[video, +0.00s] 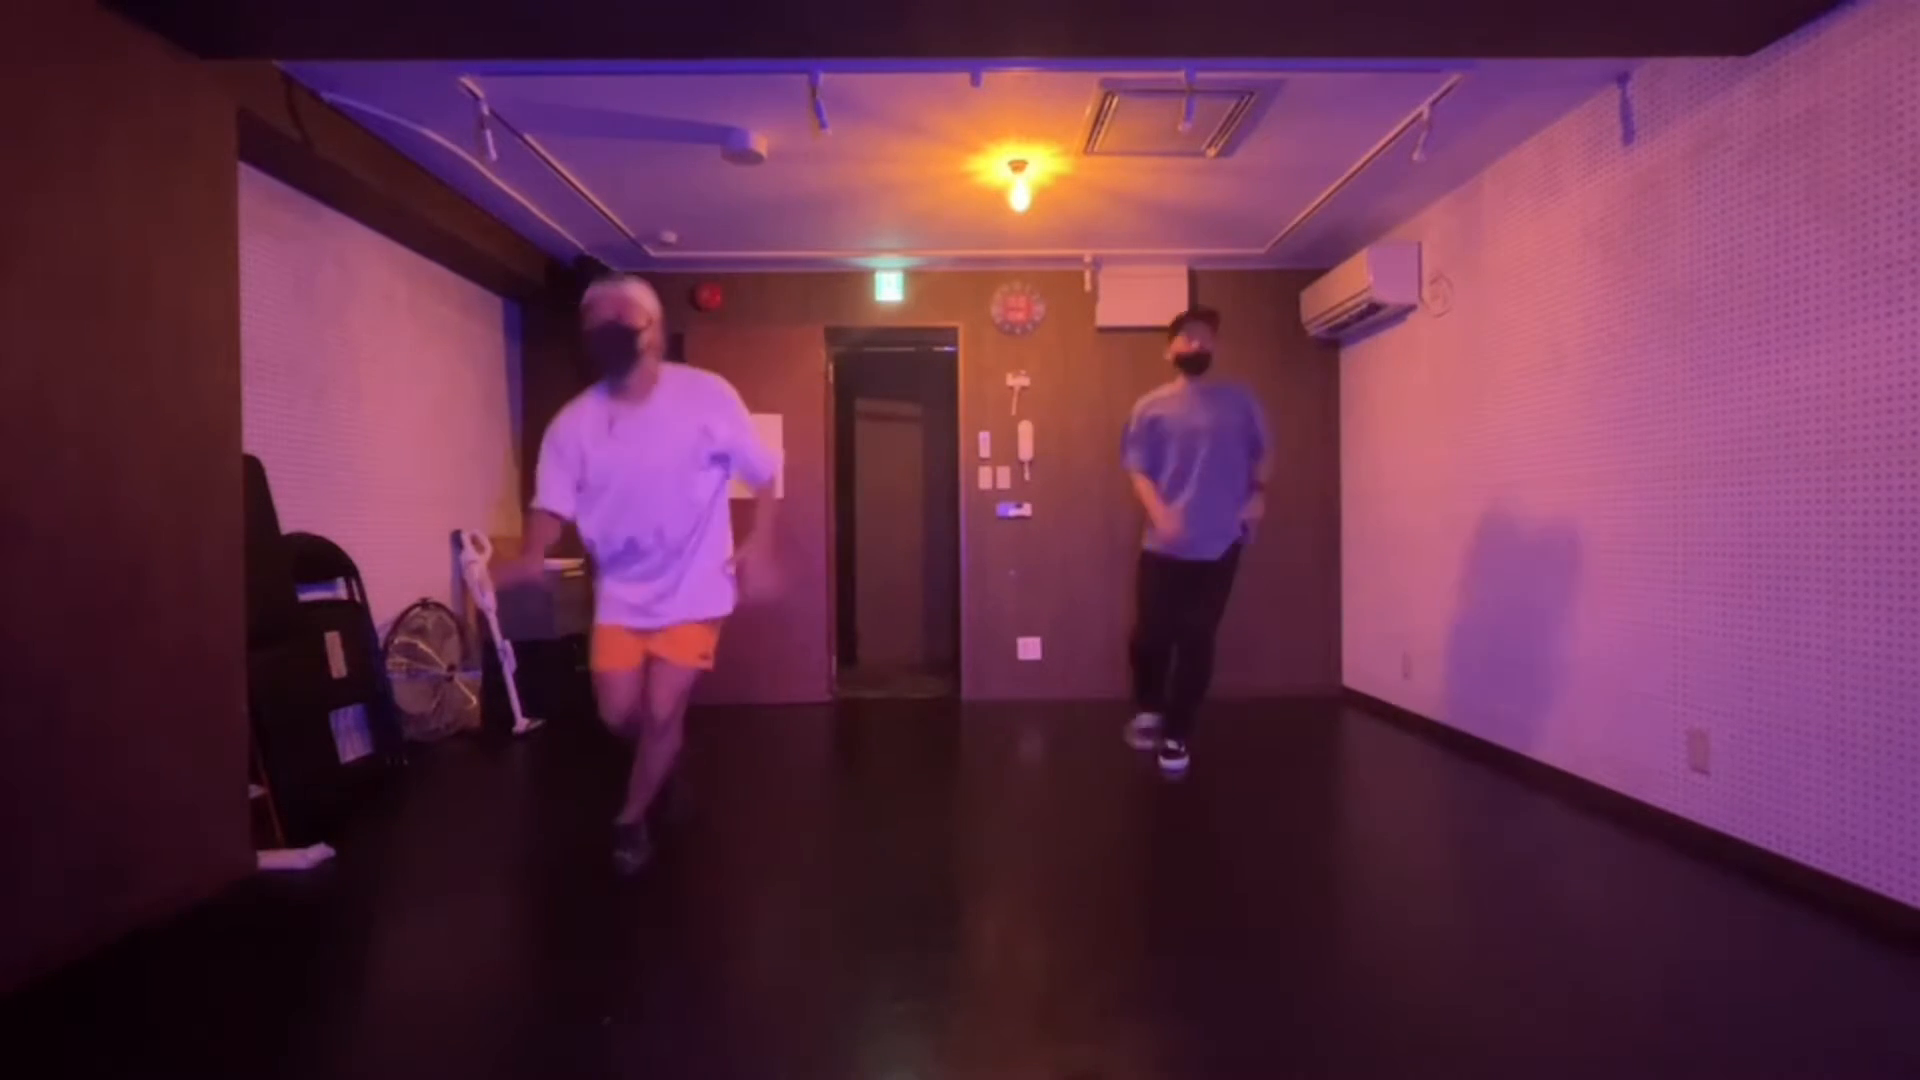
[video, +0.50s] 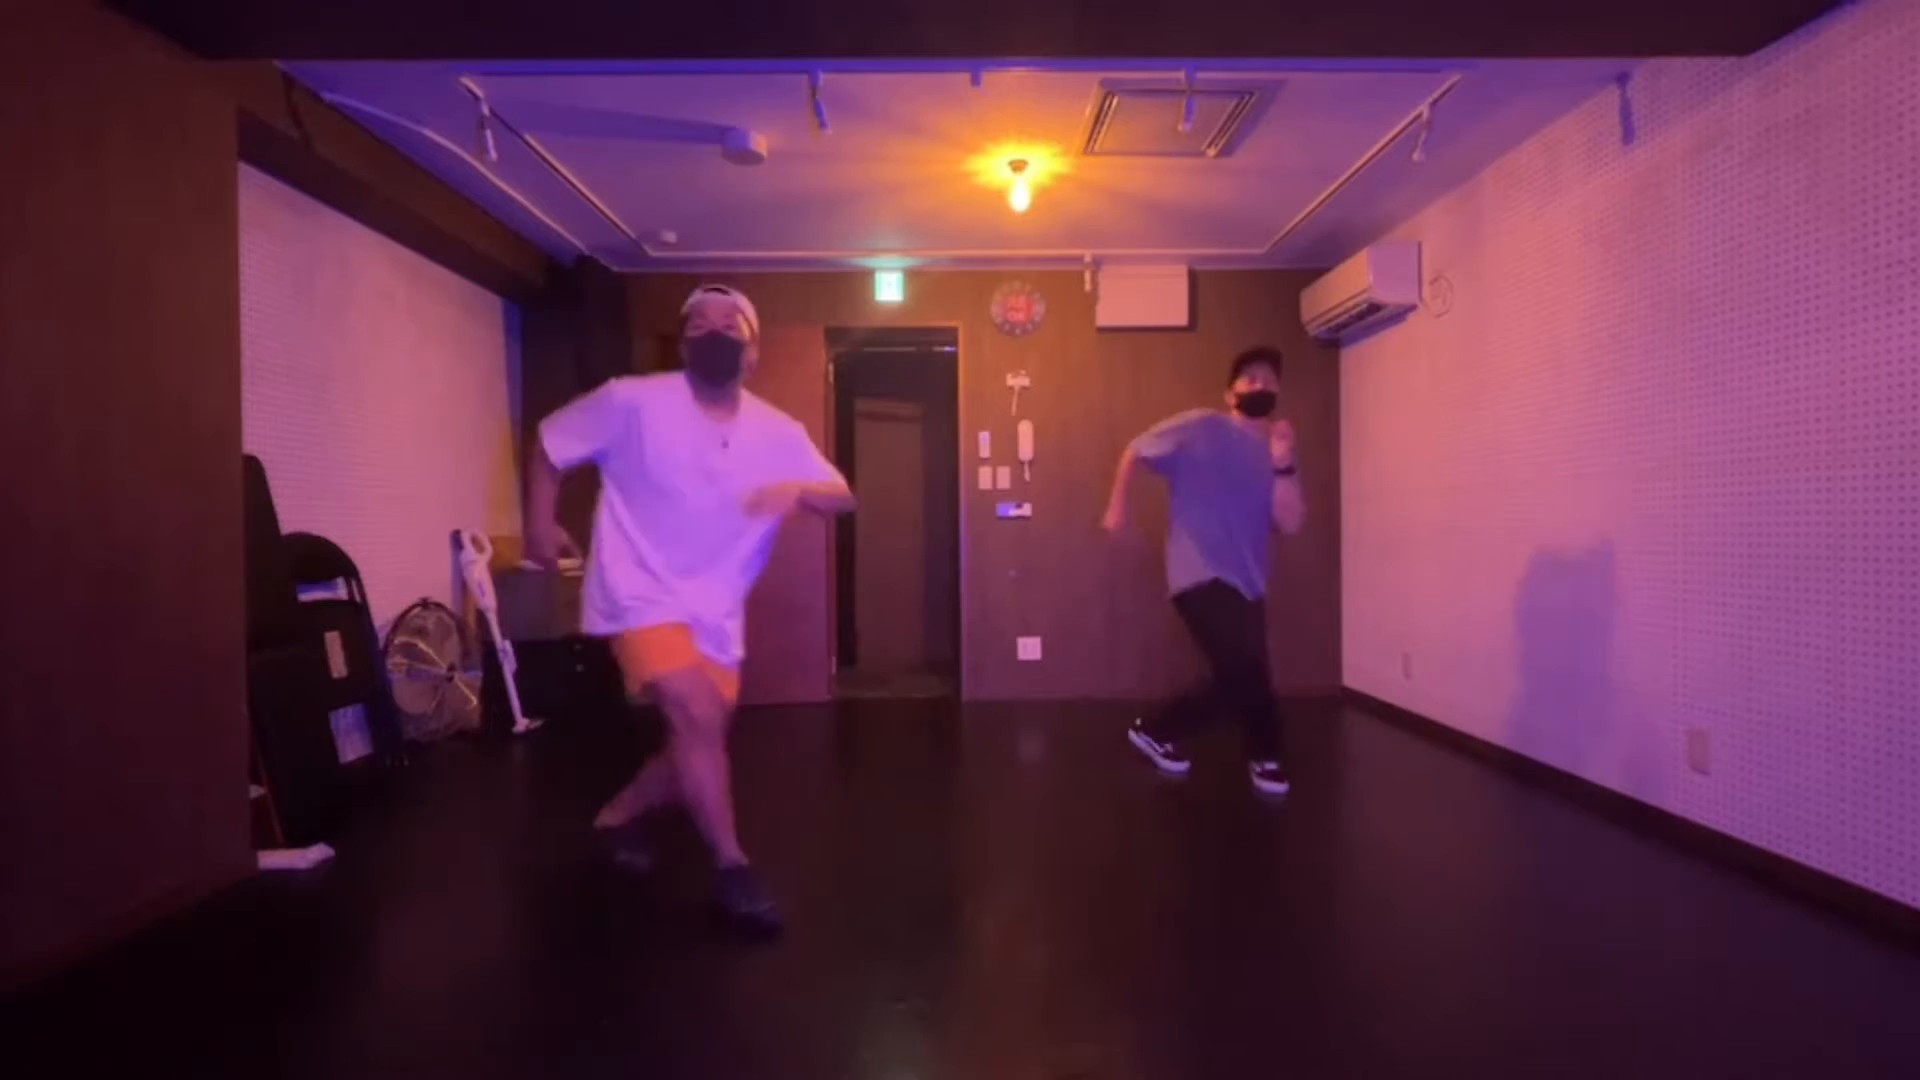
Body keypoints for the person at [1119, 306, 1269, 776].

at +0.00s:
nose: (1194, 344)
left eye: (1203, 336)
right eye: (1185, 336)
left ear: (1215, 346)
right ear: (1170, 347)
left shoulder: (1239, 402)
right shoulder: (1150, 406)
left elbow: (1262, 453)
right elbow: (1137, 467)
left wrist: (1256, 496)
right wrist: (1159, 513)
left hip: (1218, 549)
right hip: (1164, 548)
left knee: (1197, 642)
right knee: (1151, 635)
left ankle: (1178, 734)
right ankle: (1148, 708)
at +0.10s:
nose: (1213, 339)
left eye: (1222, 331)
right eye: (1204, 330)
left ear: (1232, 342)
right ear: (1185, 341)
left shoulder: (1246, 404)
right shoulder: (1162, 400)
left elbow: (1256, 469)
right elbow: (1140, 472)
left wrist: (1246, 514)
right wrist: (1134, 531)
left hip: (1218, 546)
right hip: (1165, 542)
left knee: (1196, 645)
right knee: (1153, 638)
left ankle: (1177, 736)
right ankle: (1141, 731)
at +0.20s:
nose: (1224, 339)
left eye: (1234, 333)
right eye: (1215, 330)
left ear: (1243, 346)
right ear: (1198, 340)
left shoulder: (1253, 408)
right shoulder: (1170, 396)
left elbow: (1258, 473)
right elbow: (1136, 461)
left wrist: (1246, 503)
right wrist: (1125, 516)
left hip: (1222, 542)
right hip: (1170, 535)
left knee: (1200, 643)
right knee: (1176, 638)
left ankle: (1181, 739)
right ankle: (1169, 742)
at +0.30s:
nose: (1242, 351)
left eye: (1250, 344)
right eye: (1233, 341)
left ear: (1260, 356)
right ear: (1214, 350)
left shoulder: (1260, 416)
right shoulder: (1178, 399)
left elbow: (1273, 486)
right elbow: (1130, 441)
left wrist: (1258, 463)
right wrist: (1115, 500)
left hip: (1229, 543)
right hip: (1180, 538)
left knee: (1212, 645)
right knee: (1217, 643)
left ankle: (1163, 732)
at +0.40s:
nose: (1250, 371)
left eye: (1259, 364)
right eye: (1241, 361)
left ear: (1270, 375)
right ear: (1223, 371)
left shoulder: (1262, 430)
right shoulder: (1190, 410)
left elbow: (1283, 508)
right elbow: (1132, 443)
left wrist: (1272, 451)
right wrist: (1115, 499)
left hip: (1236, 558)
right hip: (1186, 551)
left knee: (1230, 661)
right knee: (1232, 656)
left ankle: (1154, 731)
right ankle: (1264, 751)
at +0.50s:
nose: (1259, 387)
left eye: (1268, 382)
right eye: (1250, 378)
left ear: (1278, 394)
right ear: (1231, 389)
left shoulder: (1270, 449)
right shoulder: (1204, 424)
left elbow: (1290, 522)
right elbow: (1136, 451)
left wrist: (1284, 463)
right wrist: (1117, 508)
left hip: (1244, 579)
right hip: (1198, 570)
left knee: (1239, 675)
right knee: (1244, 666)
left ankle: (1157, 731)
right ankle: (1266, 756)